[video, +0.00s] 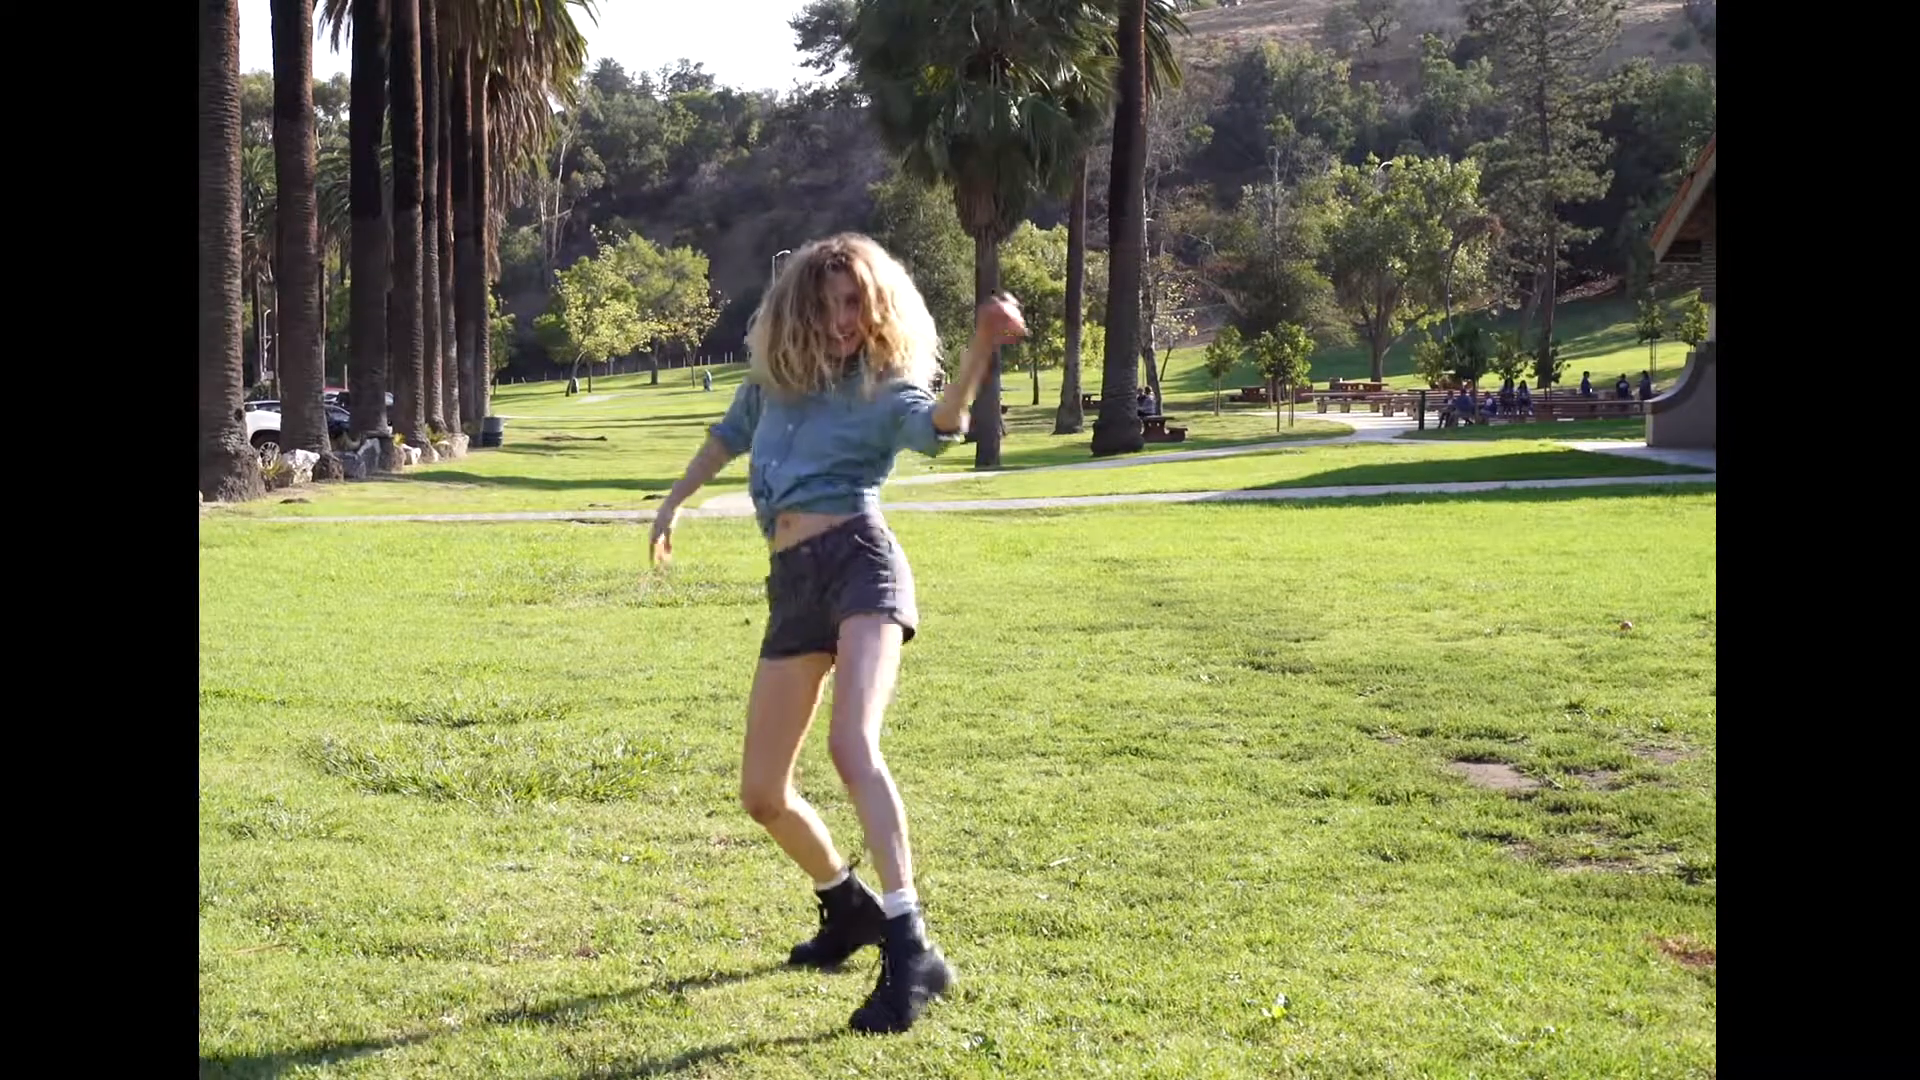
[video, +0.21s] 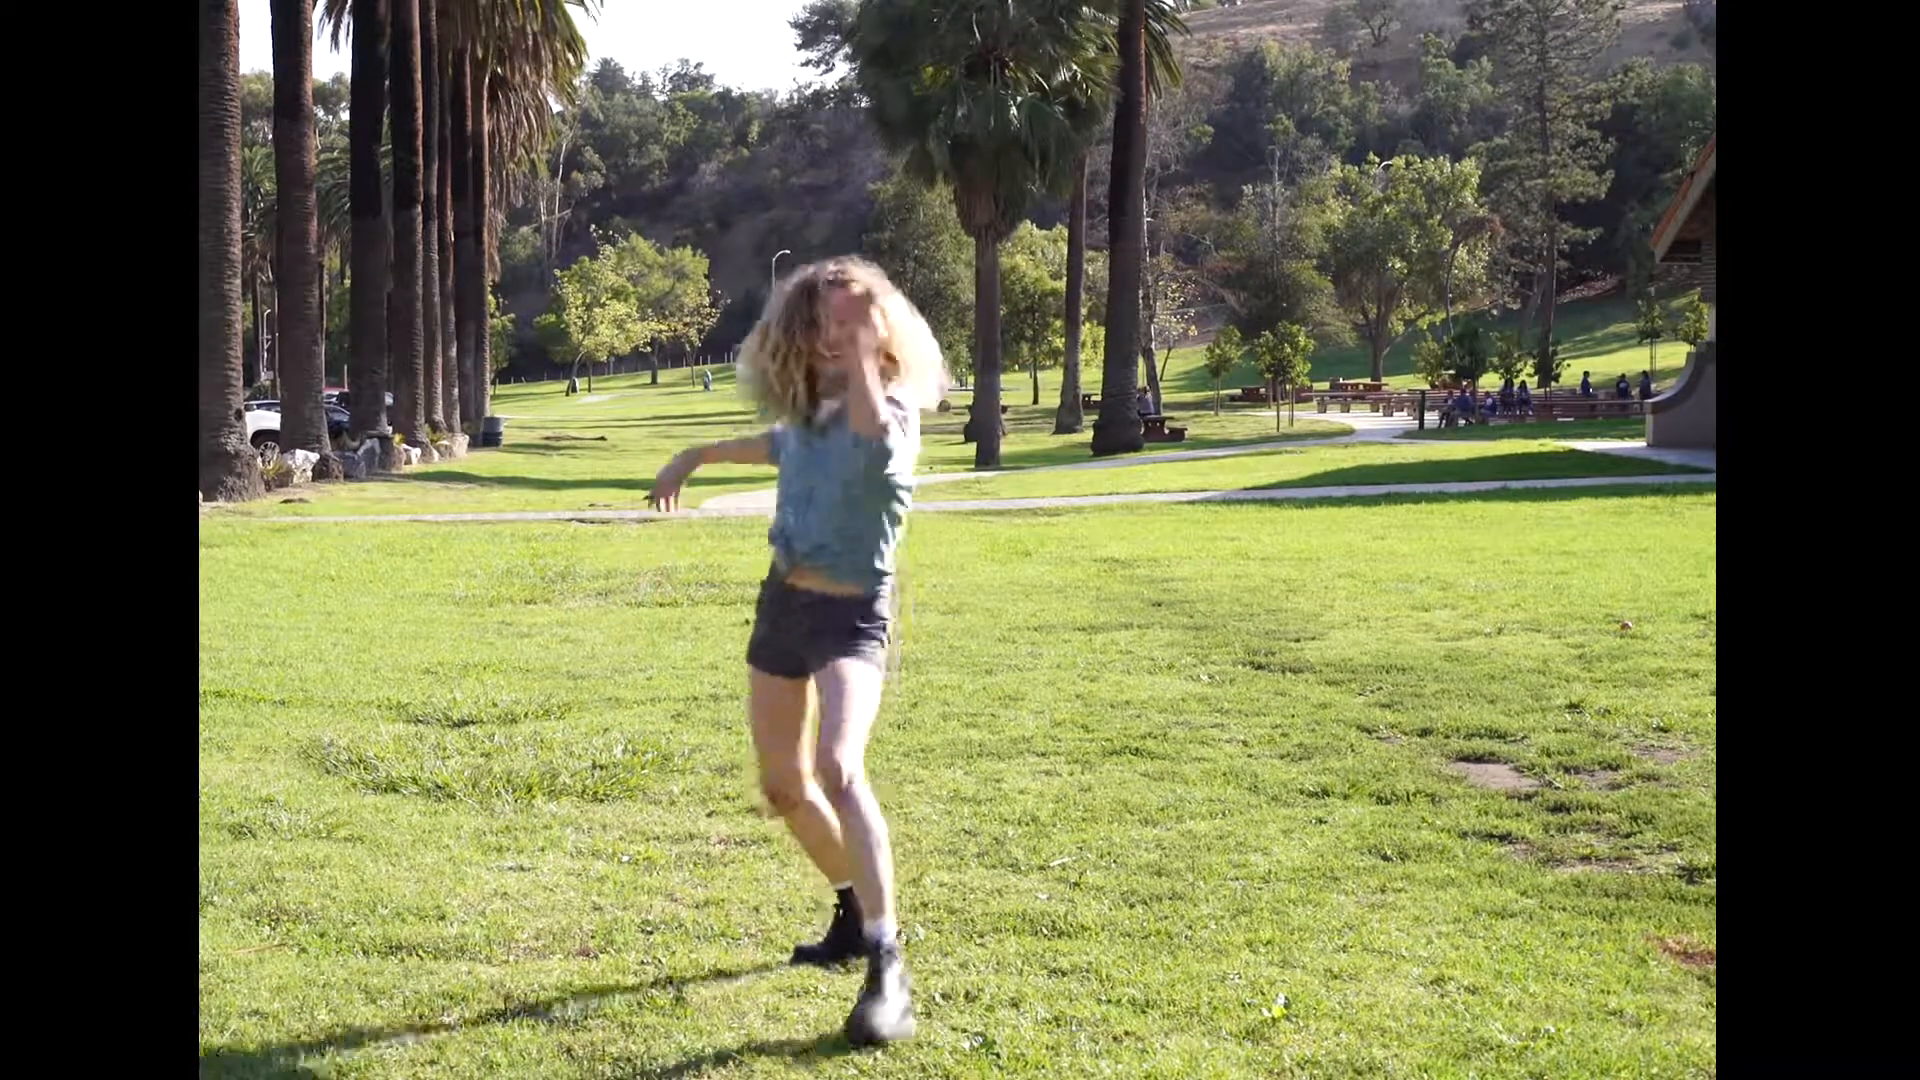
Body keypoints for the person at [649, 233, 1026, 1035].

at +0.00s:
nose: (844, 320)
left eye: (857, 306)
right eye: (831, 306)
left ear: (875, 311)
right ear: (806, 310)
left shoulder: (888, 387)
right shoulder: (770, 384)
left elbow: (944, 422)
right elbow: (723, 442)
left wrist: (982, 349)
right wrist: (670, 506)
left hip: (861, 559)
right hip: (793, 581)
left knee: (852, 749)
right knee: (763, 790)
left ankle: (911, 948)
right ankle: (848, 906)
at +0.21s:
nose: (847, 334)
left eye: (860, 318)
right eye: (831, 324)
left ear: (883, 330)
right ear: (810, 341)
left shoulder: (898, 413)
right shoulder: (804, 421)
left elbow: (871, 424)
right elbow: (767, 446)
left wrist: (862, 353)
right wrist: (694, 456)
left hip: (854, 618)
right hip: (784, 608)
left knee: (836, 769)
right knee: (782, 788)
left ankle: (885, 960)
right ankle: (858, 900)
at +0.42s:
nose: (811, 301)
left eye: (827, 288)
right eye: (798, 292)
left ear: (854, 300)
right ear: (785, 308)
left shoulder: (845, 352)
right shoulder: (814, 382)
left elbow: (838, 392)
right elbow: (815, 473)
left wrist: (750, 414)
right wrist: (755, 435)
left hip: (896, 604)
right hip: (848, 606)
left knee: (814, 797)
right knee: (727, 748)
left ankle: (881, 981)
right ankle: (852, 871)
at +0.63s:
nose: (800, 309)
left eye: (815, 296)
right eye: (788, 296)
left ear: (842, 307)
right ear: (769, 309)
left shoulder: (834, 365)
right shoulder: (802, 382)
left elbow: (862, 424)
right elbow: (807, 438)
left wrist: (855, 490)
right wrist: (776, 454)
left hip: (894, 579)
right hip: (851, 595)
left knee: (809, 774)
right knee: (786, 813)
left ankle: (892, 957)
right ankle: (876, 972)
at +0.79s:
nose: (804, 318)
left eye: (820, 304)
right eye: (790, 304)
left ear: (847, 314)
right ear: (768, 317)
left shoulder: (841, 371)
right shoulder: (798, 391)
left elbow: (902, 390)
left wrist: (938, 433)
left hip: (897, 594)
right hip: (861, 605)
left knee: (791, 694)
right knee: (781, 807)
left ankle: (873, 898)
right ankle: (880, 971)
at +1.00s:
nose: (803, 326)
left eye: (818, 312)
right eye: (787, 313)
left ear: (845, 320)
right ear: (765, 329)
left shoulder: (843, 377)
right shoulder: (794, 401)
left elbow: (888, 379)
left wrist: (931, 394)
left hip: (891, 614)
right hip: (848, 621)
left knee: (818, 797)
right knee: (771, 817)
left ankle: (863, 1005)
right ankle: (875, 976)